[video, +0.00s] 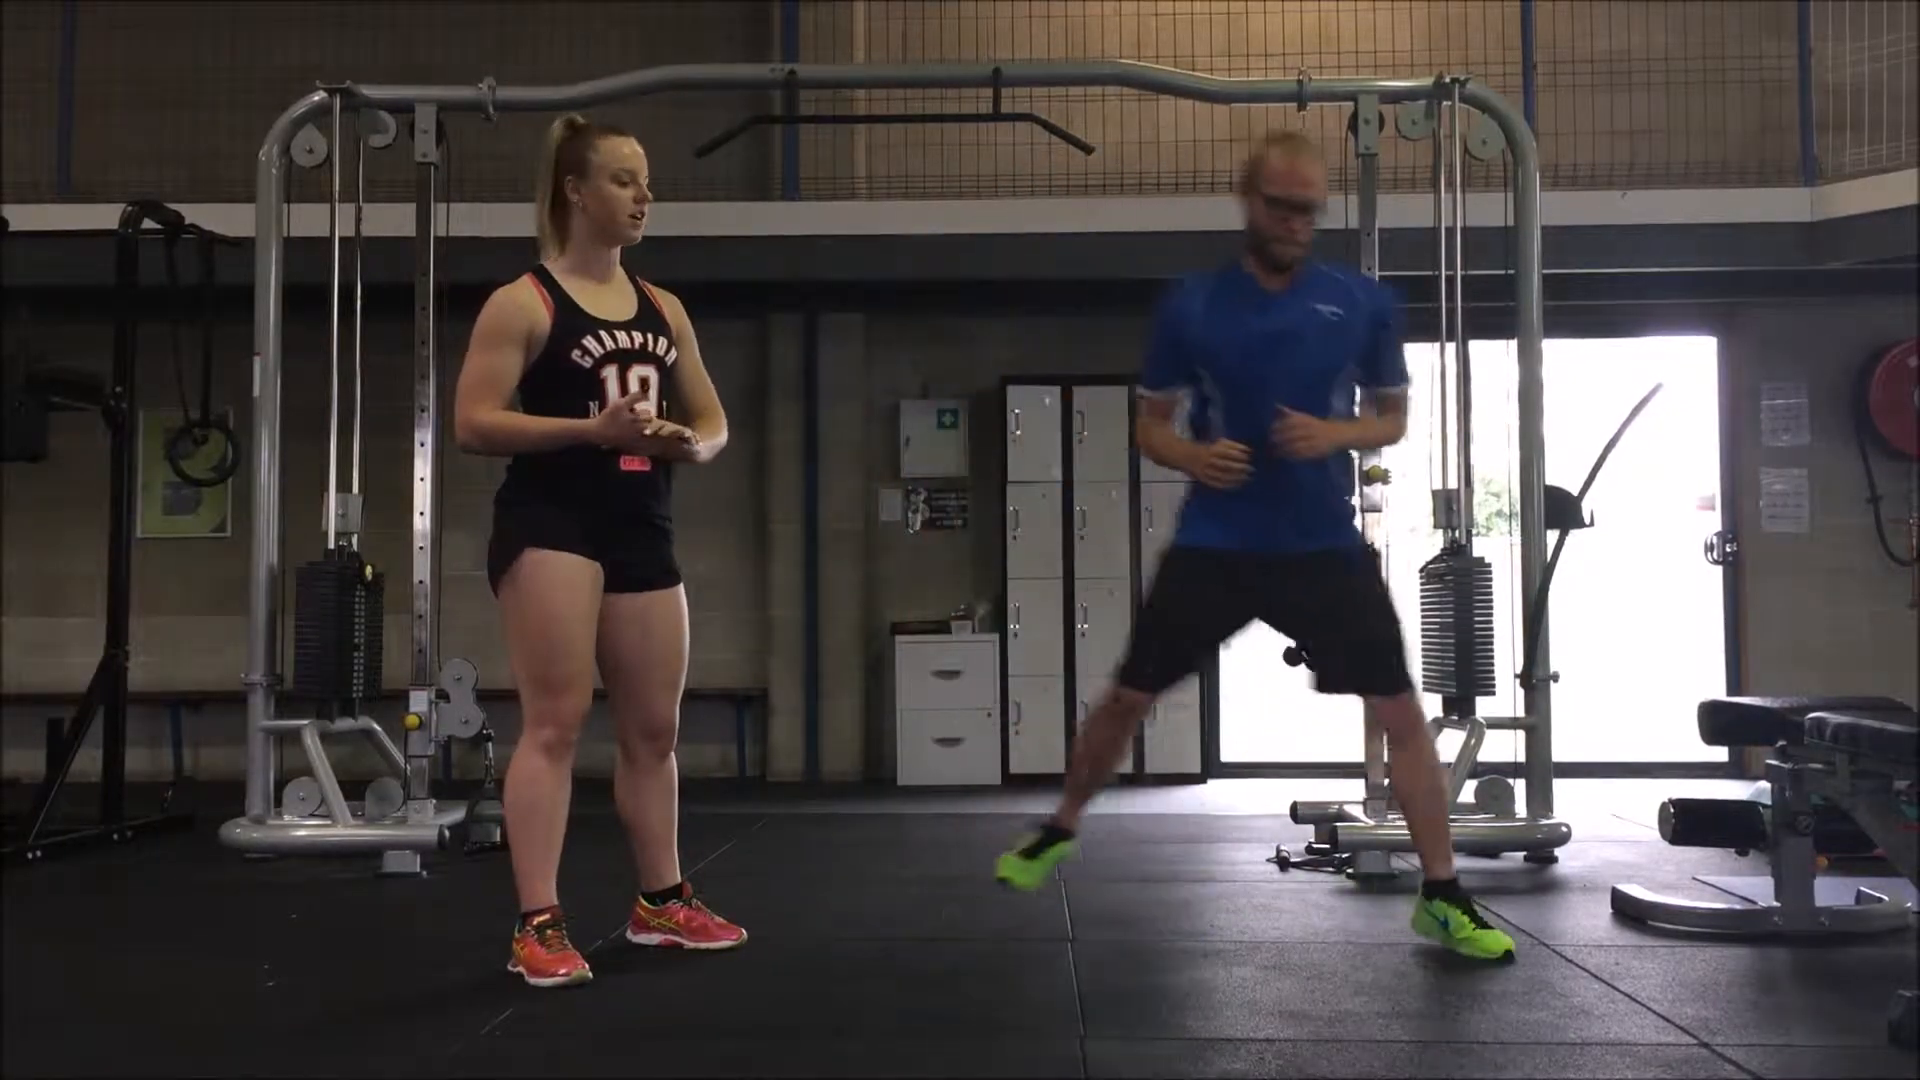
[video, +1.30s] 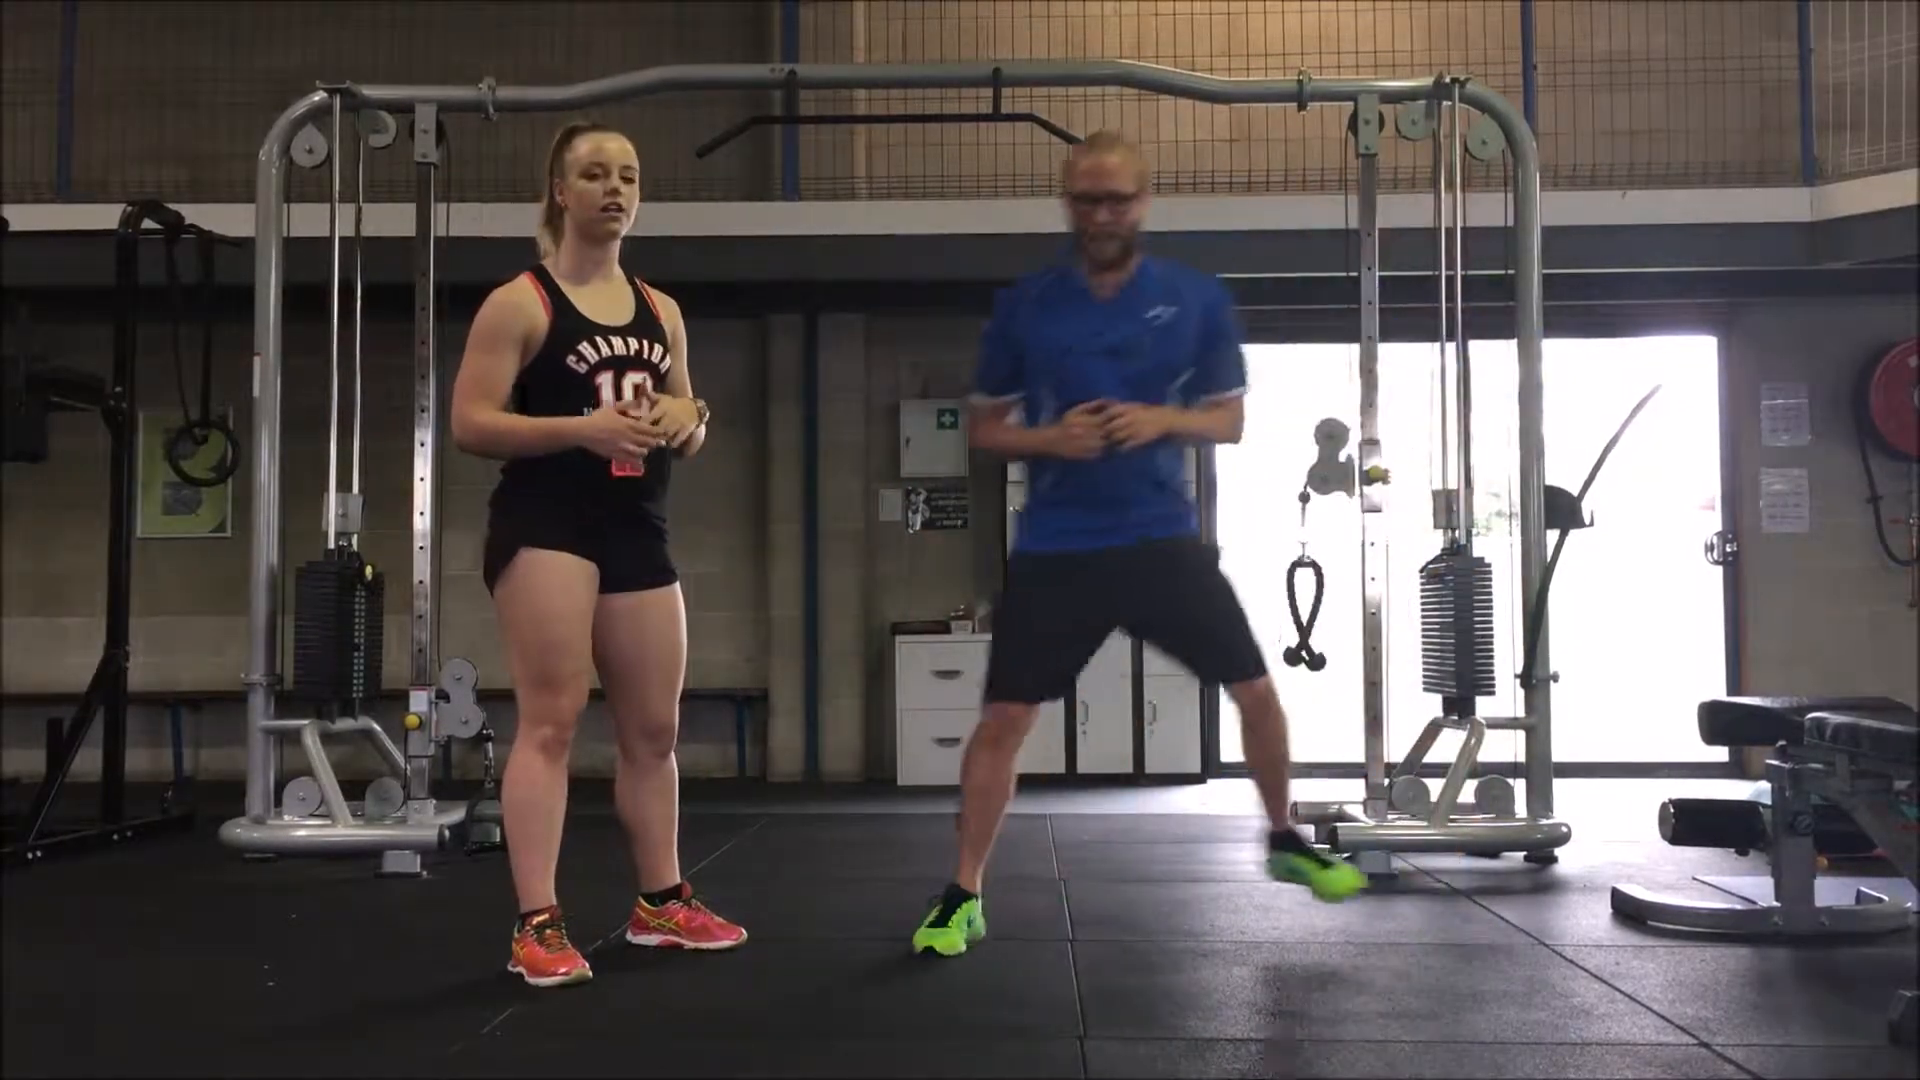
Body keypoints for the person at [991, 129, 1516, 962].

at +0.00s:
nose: (1294, 221)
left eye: (1308, 208)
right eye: (1279, 205)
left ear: (1325, 209)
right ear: (1245, 201)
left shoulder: (1364, 304)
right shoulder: (1193, 304)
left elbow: (1391, 419)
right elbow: (1148, 424)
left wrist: (1336, 432)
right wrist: (1192, 455)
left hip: (1325, 551)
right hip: (1215, 547)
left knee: (1401, 711)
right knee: (1130, 694)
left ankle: (1441, 891)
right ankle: (1061, 827)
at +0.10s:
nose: (1359, 244)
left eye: (1373, 230)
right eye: (1343, 227)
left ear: (1386, 229)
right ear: (1304, 218)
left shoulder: (1421, 330)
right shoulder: (1253, 334)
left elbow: (1452, 446)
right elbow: (1212, 454)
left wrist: (1399, 474)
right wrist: (1254, 484)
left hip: (1379, 570)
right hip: (1274, 572)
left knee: (1448, 710)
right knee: (1210, 719)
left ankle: (1443, 902)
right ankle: (1148, 823)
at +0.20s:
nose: (1397, 240)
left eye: (1411, 226)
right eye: (1381, 224)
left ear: (1425, 227)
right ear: (1344, 217)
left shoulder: (1460, 326)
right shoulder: (1286, 323)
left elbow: (1484, 440)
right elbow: (1250, 452)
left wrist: (1444, 482)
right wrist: (1303, 486)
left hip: (1416, 565)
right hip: (1308, 566)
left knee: (1456, 714)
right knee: (1274, 722)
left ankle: (1444, 901)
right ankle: (1231, 824)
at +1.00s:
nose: (1313, 263)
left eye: (1332, 249)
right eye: (1302, 246)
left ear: (1368, 248)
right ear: (1288, 242)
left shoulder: (1417, 350)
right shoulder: (1244, 341)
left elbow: (1453, 472)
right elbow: (1194, 452)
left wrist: (1363, 480)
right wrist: (1245, 487)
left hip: (1366, 573)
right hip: (1258, 570)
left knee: (1445, 721)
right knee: (1192, 708)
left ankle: (1447, 900)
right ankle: (1158, 861)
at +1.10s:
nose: (1240, 215)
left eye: (1256, 200)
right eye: (1227, 199)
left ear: (1289, 196)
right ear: (1210, 193)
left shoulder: (1345, 290)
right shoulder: (1170, 295)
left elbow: (1380, 406)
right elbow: (1128, 409)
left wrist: (1299, 398)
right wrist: (1181, 424)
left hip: (1303, 541)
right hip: (1189, 538)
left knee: (1374, 700)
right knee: (1116, 680)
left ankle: (1445, 876)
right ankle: (1057, 851)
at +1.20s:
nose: (1167, 197)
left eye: (1181, 181)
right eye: (1153, 182)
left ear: (1210, 178)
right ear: (1133, 183)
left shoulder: (1266, 271)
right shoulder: (1093, 283)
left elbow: (1302, 392)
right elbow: (1057, 401)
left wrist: (1227, 382)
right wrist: (1113, 408)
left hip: (1232, 526)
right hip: (1120, 529)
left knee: (1317, 679)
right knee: (1050, 691)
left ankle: (1379, 846)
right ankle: (983, 867)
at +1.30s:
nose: (1101, 215)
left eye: (1117, 200)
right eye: (1087, 200)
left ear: (1145, 202)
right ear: (1066, 203)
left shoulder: (1196, 299)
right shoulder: (1024, 307)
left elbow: (1228, 420)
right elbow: (983, 428)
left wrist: (1163, 419)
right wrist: (1048, 439)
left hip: (1161, 548)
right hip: (1054, 554)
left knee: (1254, 687)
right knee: (1002, 717)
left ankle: (1284, 833)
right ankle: (963, 893)